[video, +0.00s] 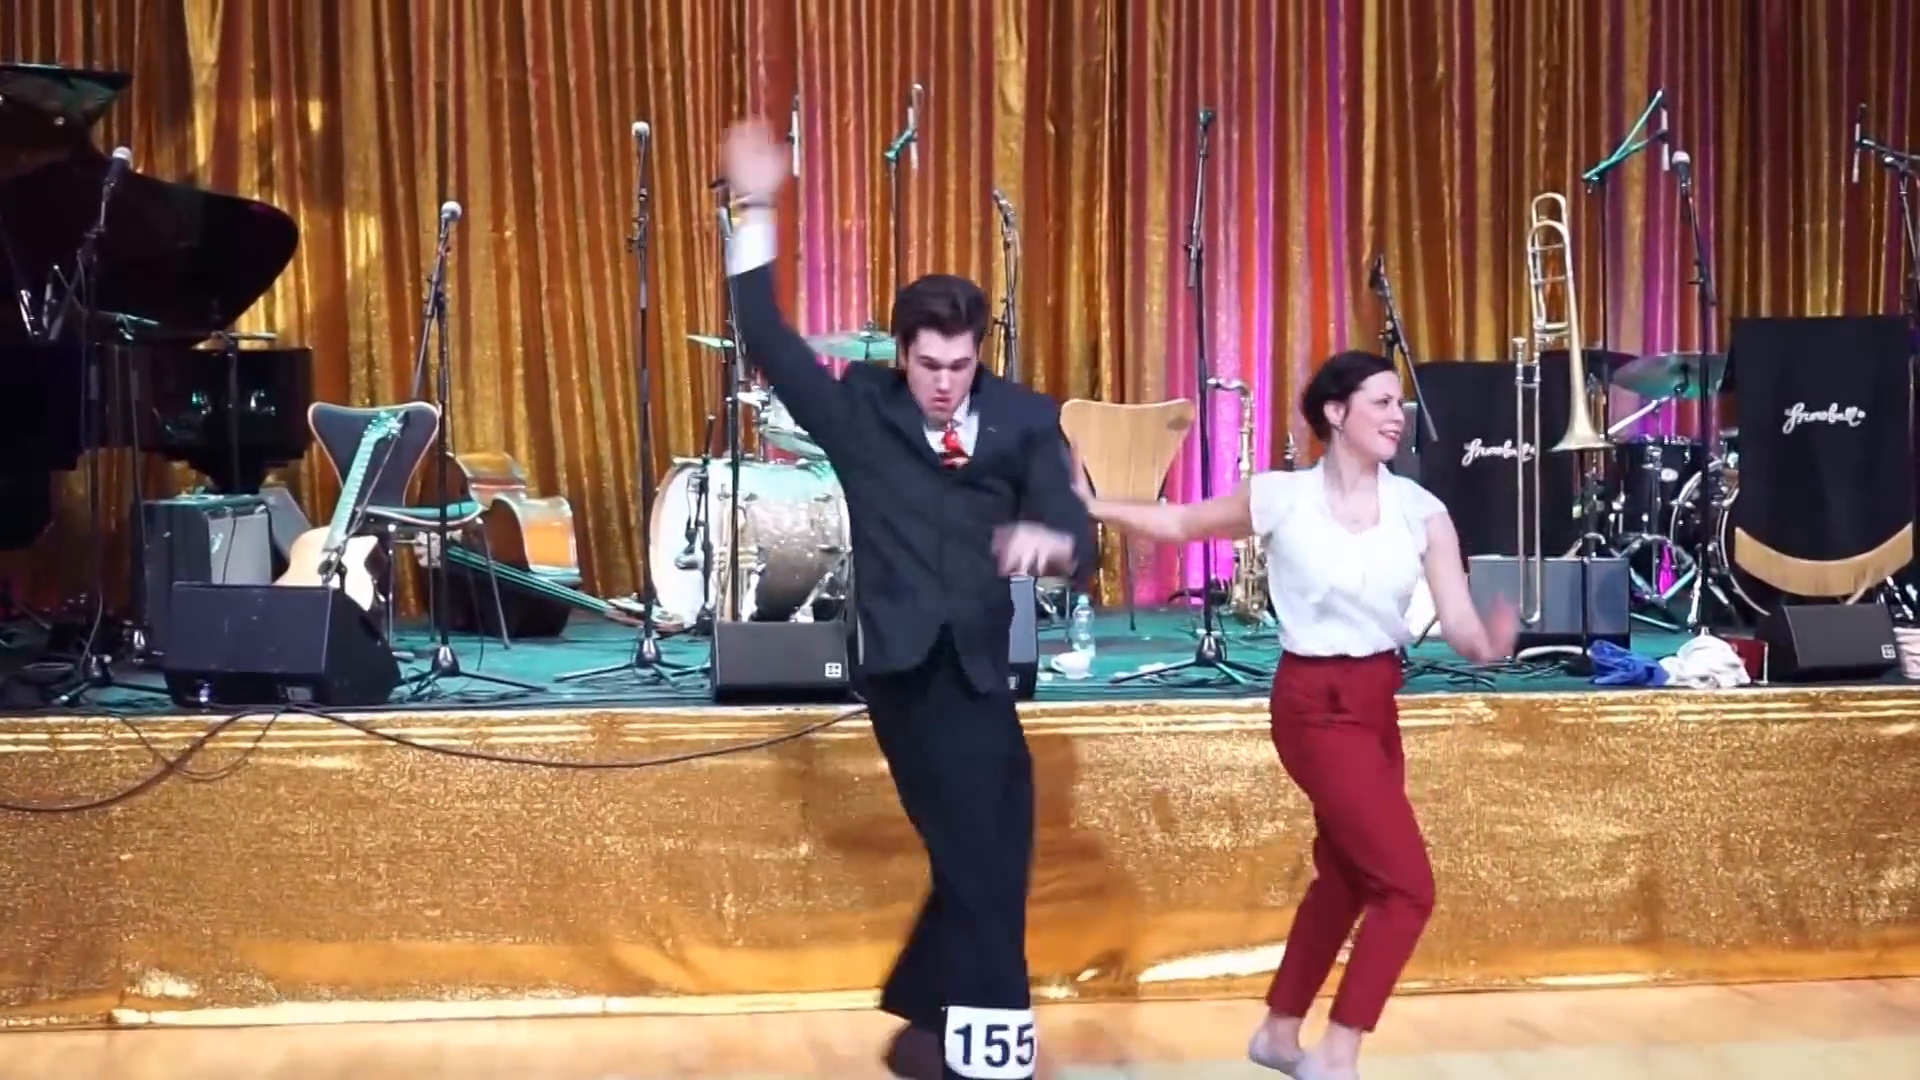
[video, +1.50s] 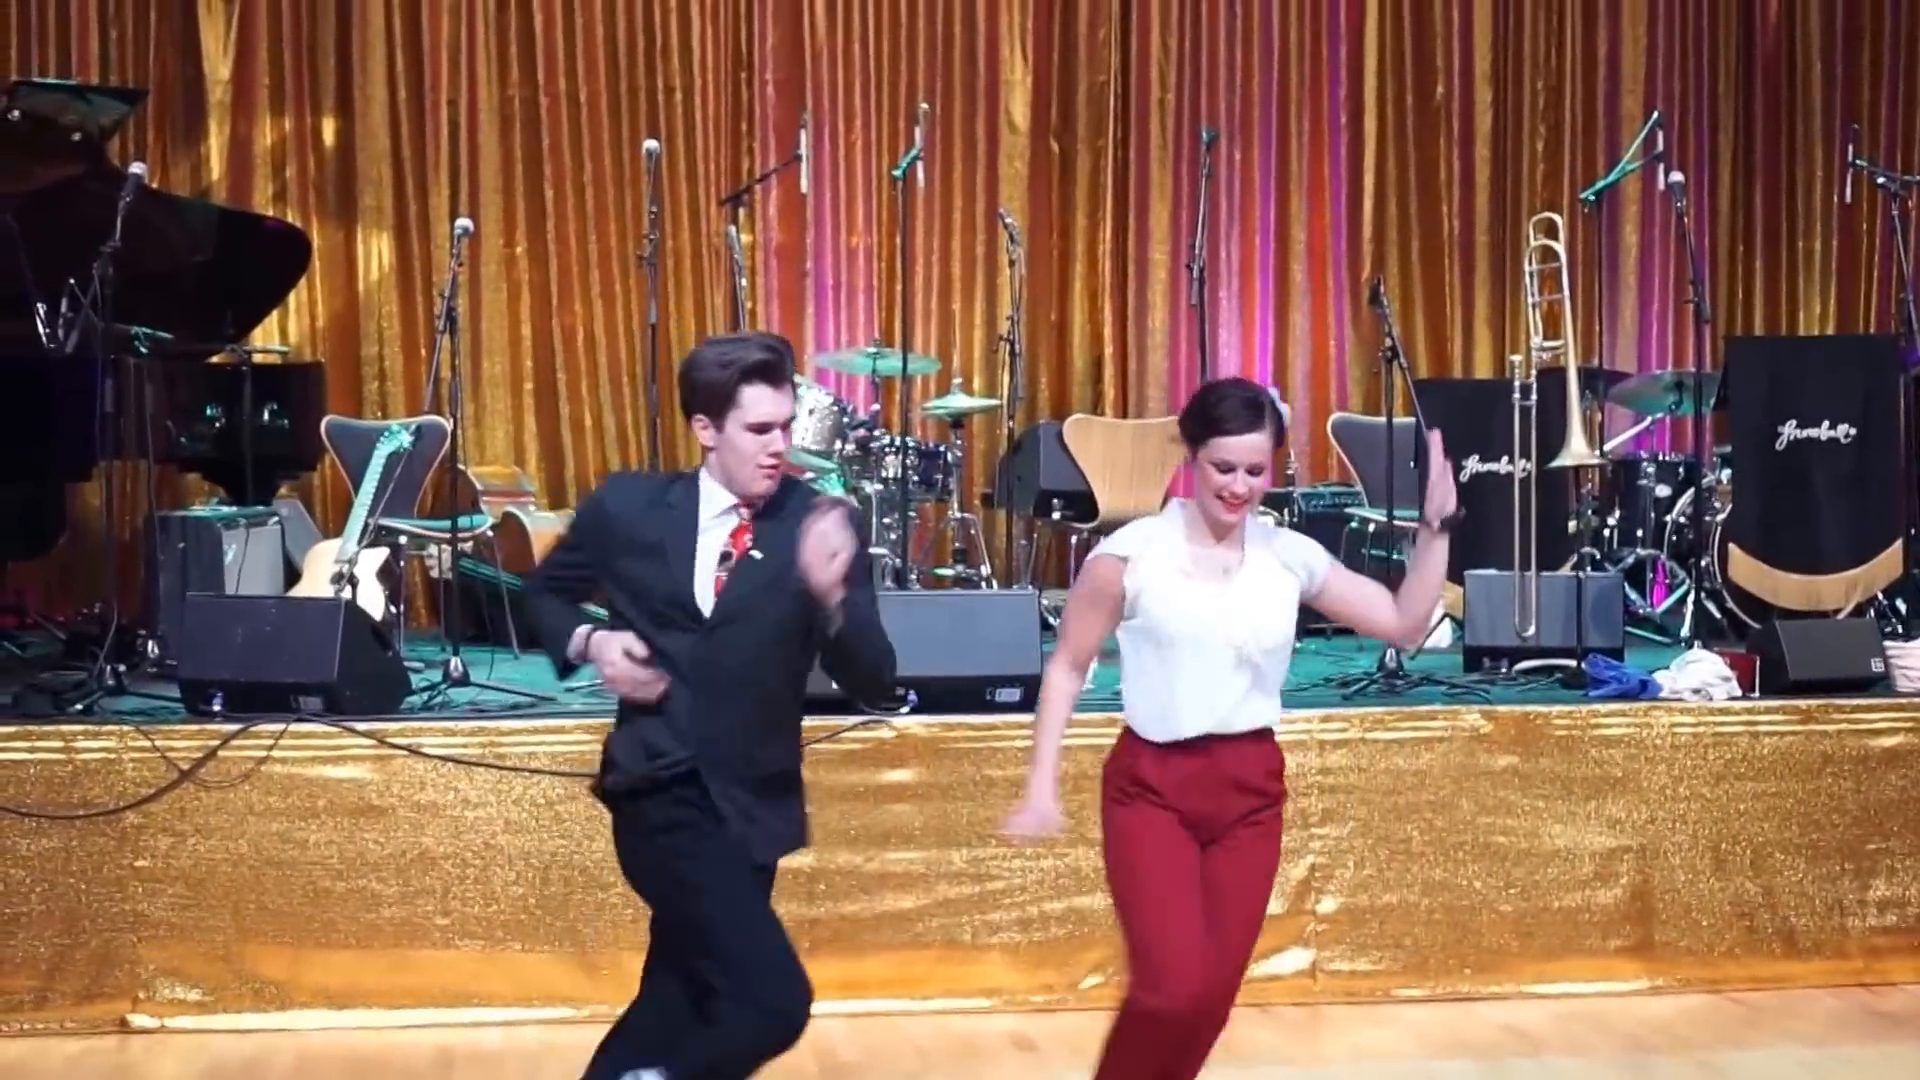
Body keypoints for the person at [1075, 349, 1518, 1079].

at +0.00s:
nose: (1398, 417)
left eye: (1400, 404)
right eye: (1382, 403)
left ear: (1392, 415)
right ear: (1334, 413)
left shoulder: (1421, 512)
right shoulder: (1278, 496)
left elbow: (1460, 624)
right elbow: (1177, 520)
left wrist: (1491, 644)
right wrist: (1095, 506)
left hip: (1378, 702)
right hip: (1309, 702)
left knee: (1342, 877)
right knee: (1409, 887)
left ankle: (1278, 1031)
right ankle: (1334, 1057)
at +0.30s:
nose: (1378, 430)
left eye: (1384, 418)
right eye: (1360, 417)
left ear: (1390, 432)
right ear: (1316, 431)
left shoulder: (1406, 527)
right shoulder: (1278, 528)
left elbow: (1423, 624)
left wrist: (1534, 610)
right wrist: (1292, 587)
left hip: (1381, 741)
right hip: (1291, 749)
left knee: (1380, 925)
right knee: (1327, 935)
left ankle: (1404, 1073)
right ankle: (1401, 1065)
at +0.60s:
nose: (1321, 423)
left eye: (1337, 410)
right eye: (1304, 409)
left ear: (1356, 424)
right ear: (1279, 422)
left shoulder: (1370, 532)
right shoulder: (1227, 504)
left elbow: (1385, 656)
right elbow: (1155, 595)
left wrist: (1411, 570)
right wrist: (1120, 693)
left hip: (1327, 752)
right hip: (1244, 748)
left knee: (1339, 957)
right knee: (1230, 962)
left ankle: (1356, 1077)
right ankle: (1178, 1077)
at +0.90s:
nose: (1241, 435)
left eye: (1259, 418)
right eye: (1228, 418)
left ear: (1292, 428)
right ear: (1213, 425)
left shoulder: (1309, 535)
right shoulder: (1159, 497)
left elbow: (1328, 651)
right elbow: (1063, 557)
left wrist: (1330, 597)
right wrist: (959, 607)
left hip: (1223, 760)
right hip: (1141, 745)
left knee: (1245, 976)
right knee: (1115, 970)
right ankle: (1089, 1077)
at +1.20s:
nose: (1193, 470)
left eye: (1212, 455)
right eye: (1179, 451)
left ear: (1236, 453)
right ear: (1155, 441)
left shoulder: (1251, 548)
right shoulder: (1102, 534)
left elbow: (1268, 663)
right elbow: (1089, 664)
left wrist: (1321, 724)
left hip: (1192, 778)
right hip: (1089, 770)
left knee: (1121, 962)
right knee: (1075, 983)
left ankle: (1177, 1075)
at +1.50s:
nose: (1239, 487)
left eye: (1255, 471)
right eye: (1223, 468)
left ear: (1274, 468)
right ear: (1190, 458)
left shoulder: (1289, 557)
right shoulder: (1127, 555)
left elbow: (1405, 625)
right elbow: (1068, 666)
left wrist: (1434, 528)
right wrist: (1041, 791)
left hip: (1250, 801)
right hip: (1150, 796)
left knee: (1207, 1008)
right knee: (1171, 994)